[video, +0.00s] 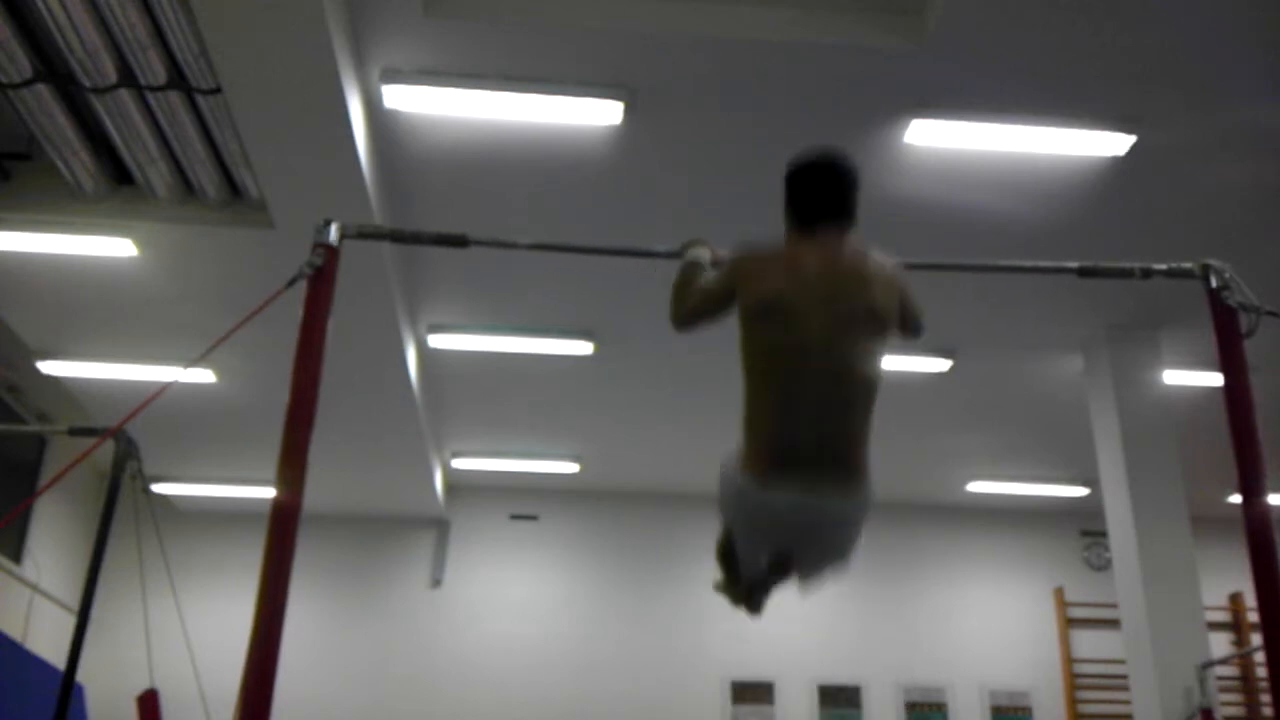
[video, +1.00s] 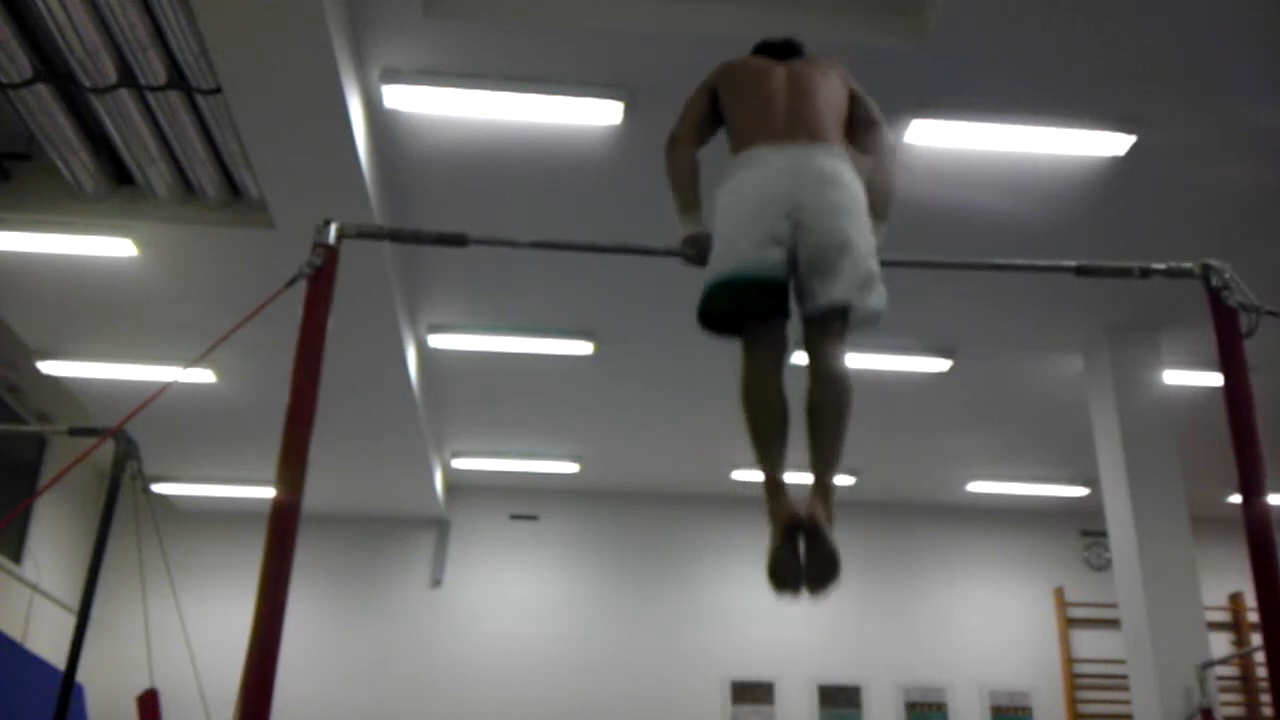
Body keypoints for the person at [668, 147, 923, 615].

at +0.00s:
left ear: (788, 207)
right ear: (853, 211)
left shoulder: (755, 270)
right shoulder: (879, 282)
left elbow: (685, 314)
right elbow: (911, 324)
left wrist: (695, 262)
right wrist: (876, 273)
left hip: (763, 497)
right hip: (840, 505)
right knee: (800, 559)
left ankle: (743, 580)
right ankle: (761, 581)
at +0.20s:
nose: (776, 119)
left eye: (773, 109)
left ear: (769, 107)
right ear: (829, 110)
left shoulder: (746, 140)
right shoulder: (865, 150)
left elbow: (671, 206)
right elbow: (929, 230)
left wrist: (698, 242)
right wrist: (874, 248)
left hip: (759, 342)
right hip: (835, 348)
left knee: (741, 466)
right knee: (798, 470)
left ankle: (735, 580)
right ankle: (765, 584)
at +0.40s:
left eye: (746, 121)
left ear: (750, 117)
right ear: (807, 118)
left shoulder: (735, 132)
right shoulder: (843, 142)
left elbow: (661, 154)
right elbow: (916, 176)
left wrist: (688, 233)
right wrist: (877, 241)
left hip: (755, 291)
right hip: (832, 291)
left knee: (746, 443)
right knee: (806, 447)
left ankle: (743, 578)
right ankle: (775, 581)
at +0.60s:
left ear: (750, 88)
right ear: (806, 89)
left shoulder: (731, 105)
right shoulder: (837, 116)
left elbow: (668, 155)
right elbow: (895, 171)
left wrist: (688, 230)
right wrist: (877, 237)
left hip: (757, 224)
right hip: (834, 226)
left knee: (754, 392)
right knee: (816, 396)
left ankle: (757, 542)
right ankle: (792, 542)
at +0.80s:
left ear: (753, 34)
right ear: (807, 36)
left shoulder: (725, 55)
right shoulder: (838, 58)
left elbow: (699, 141)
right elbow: (862, 146)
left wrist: (694, 219)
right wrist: (871, 223)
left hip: (751, 152)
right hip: (830, 153)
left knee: (758, 326)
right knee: (822, 333)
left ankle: (770, 470)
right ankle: (807, 470)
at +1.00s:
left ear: (751, 59)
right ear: (808, 58)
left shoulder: (731, 74)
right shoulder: (836, 76)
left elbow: (681, 143)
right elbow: (880, 148)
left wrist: (690, 224)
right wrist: (872, 227)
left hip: (754, 178)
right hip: (832, 178)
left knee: (762, 355)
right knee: (829, 356)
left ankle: (778, 506)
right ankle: (821, 502)